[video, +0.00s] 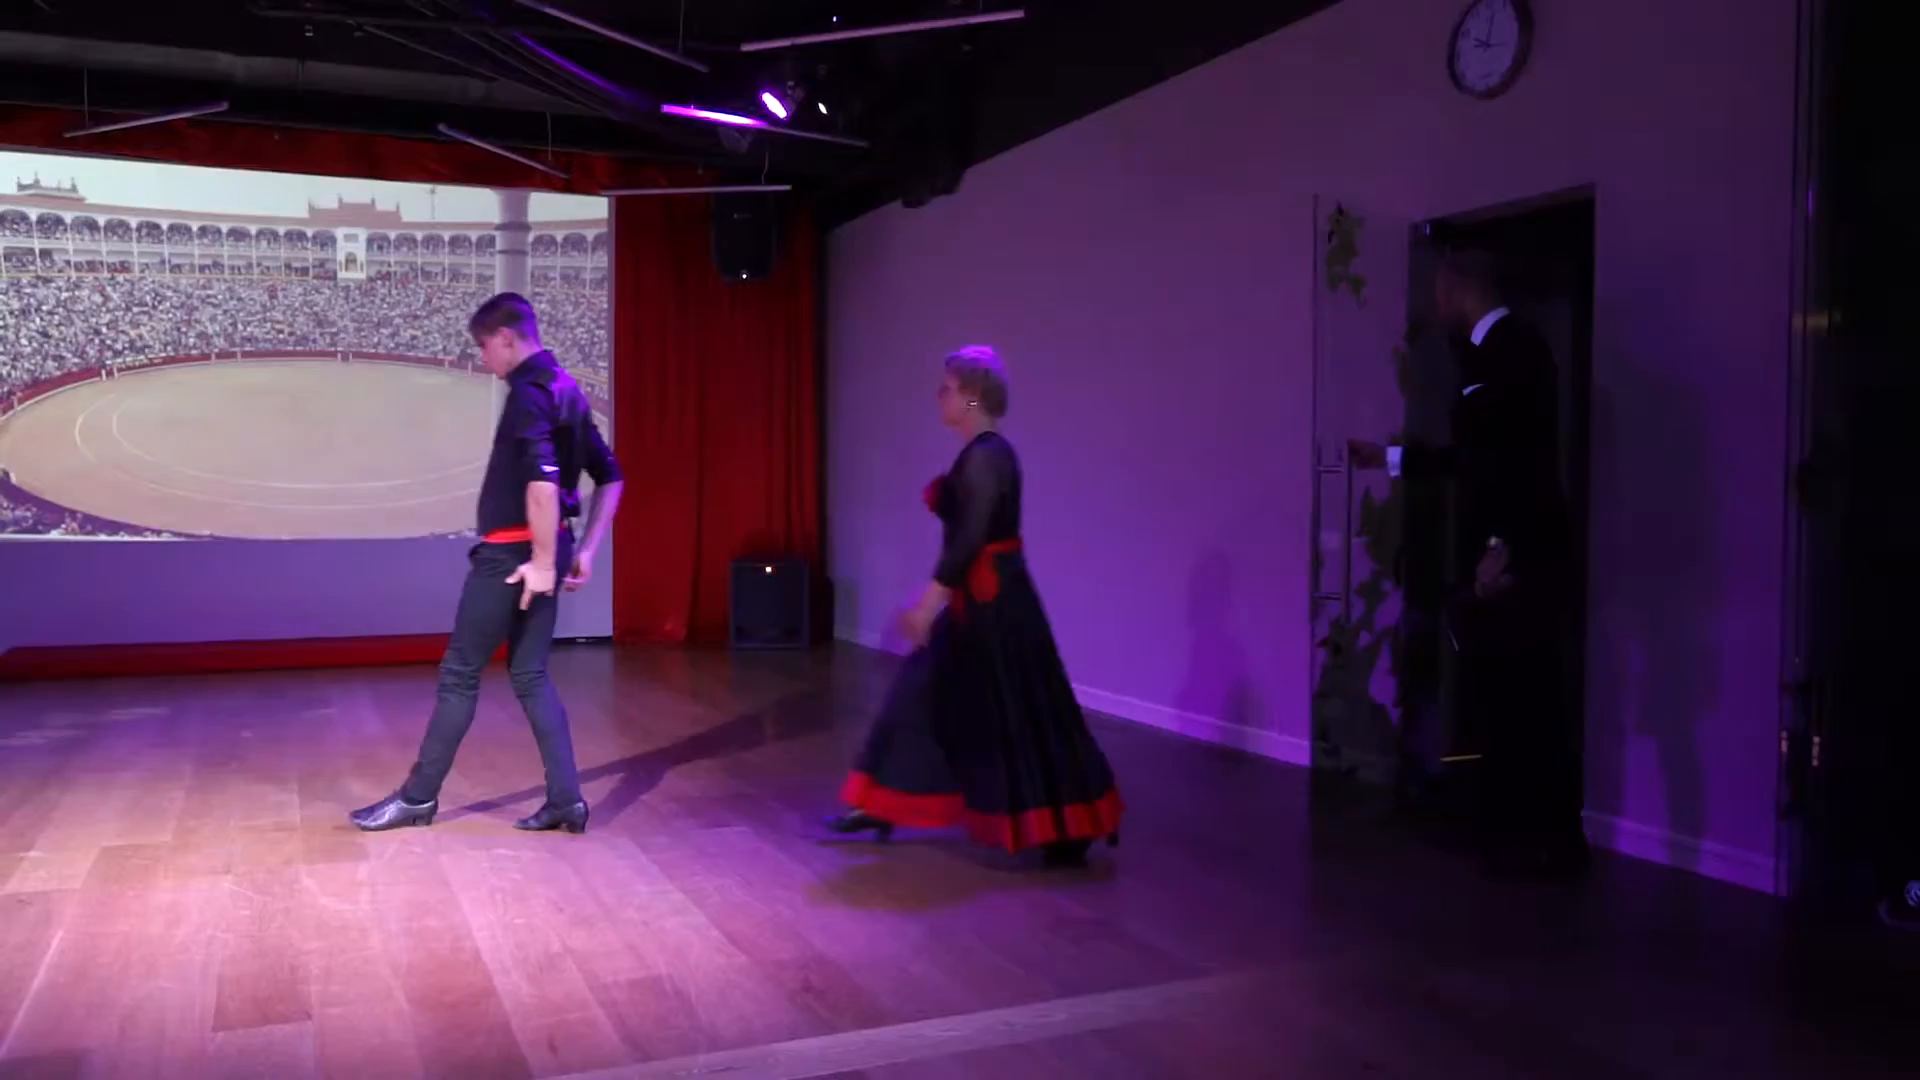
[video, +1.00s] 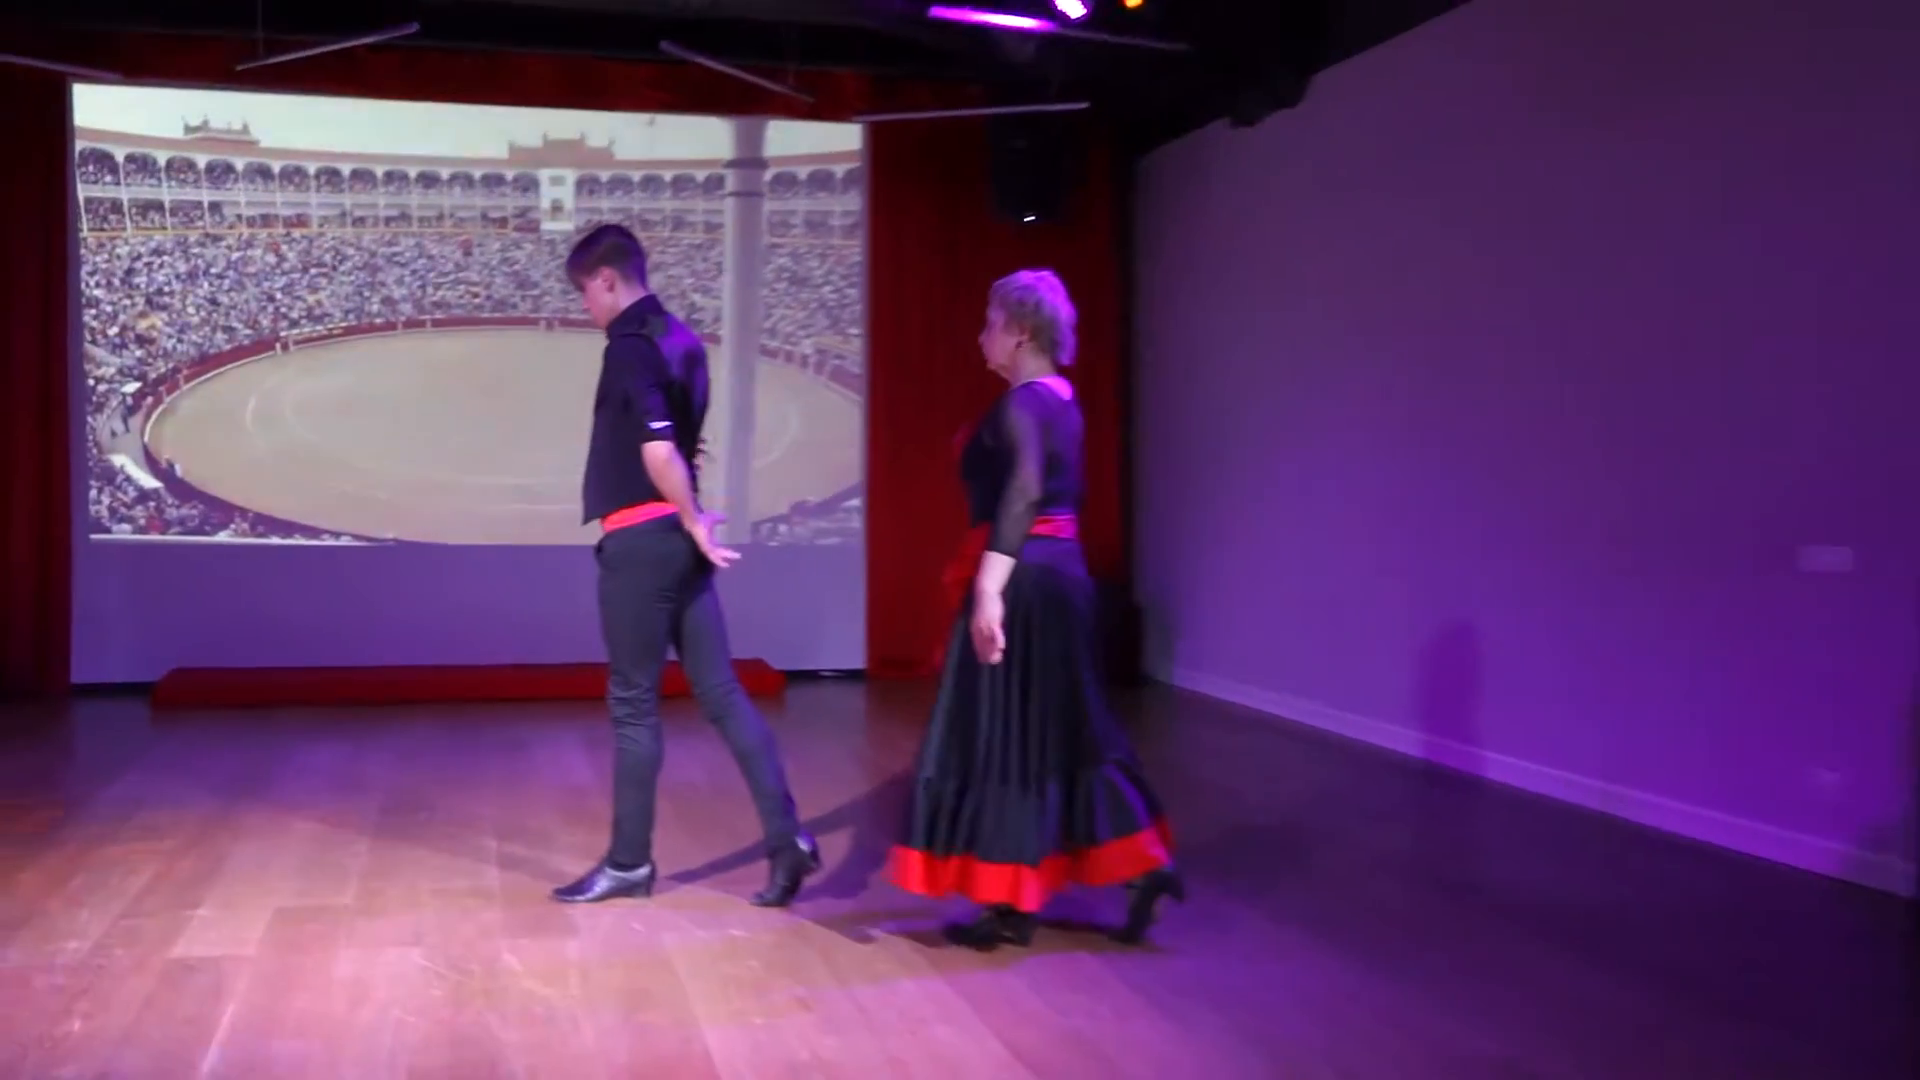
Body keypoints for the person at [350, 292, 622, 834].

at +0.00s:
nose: (482, 359)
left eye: (484, 346)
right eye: (480, 348)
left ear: (510, 337)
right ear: (520, 337)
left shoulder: (528, 393)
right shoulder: (566, 390)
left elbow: (543, 480)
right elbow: (610, 477)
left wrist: (544, 562)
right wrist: (587, 549)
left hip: (504, 557)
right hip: (545, 556)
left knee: (458, 676)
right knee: (530, 677)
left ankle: (417, 797)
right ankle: (566, 800)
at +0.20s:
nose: (444, 353)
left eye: (445, 340)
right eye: (441, 342)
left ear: (471, 331)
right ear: (487, 329)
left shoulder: (484, 386)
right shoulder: (526, 383)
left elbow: (497, 473)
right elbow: (575, 465)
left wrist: (504, 547)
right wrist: (556, 538)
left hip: (464, 547)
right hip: (510, 543)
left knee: (439, 674)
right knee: (515, 671)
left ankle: (418, 796)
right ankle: (566, 790)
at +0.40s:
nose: (460, 352)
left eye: (461, 340)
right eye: (458, 341)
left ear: (483, 330)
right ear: (499, 330)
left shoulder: (497, 382)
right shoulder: (542, 381)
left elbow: (508, 466)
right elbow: (597, 455)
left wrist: (520, 542)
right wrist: (584, 525)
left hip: (481, 541)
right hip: (526, 538)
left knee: (472, 671)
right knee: (546, 667)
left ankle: (465, 796)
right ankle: (602, 783)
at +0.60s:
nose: (495, 342)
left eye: (497, 330)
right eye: (493, 331)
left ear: (521, 320)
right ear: (539, 320)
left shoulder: (532, 375)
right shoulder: (581, 375)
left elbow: (547, 461)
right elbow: (637, 437)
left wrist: (568, 541)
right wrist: (647, 511)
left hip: (524, 540)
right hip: (569, 537)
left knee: (521, 677)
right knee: (598, 668)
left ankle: (518, 807)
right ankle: (657, 790)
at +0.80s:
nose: (536, 327)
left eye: (537, 314)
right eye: (533, 315)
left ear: (560, 304)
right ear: (576, 302)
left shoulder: (576, 362)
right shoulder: (621, 353)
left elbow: (596, 454)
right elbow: (670, 418)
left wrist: (626, 533)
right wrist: (688, 482)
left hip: (577, 543)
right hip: (619, 538)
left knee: (575, 689)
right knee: (655, 678)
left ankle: (572, 830)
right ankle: (718, 811)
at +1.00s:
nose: (583, 307)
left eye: (584, 293)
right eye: (580, 294)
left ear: (609, 281)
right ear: (629, 279)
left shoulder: (631, 345)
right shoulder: (681, 338)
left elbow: (657, 448)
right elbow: (684, 444)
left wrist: (693, 522)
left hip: (637, 545)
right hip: (678, 539)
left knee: (634, 708)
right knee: (721, 693)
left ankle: (629, 862)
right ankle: (788, 840)